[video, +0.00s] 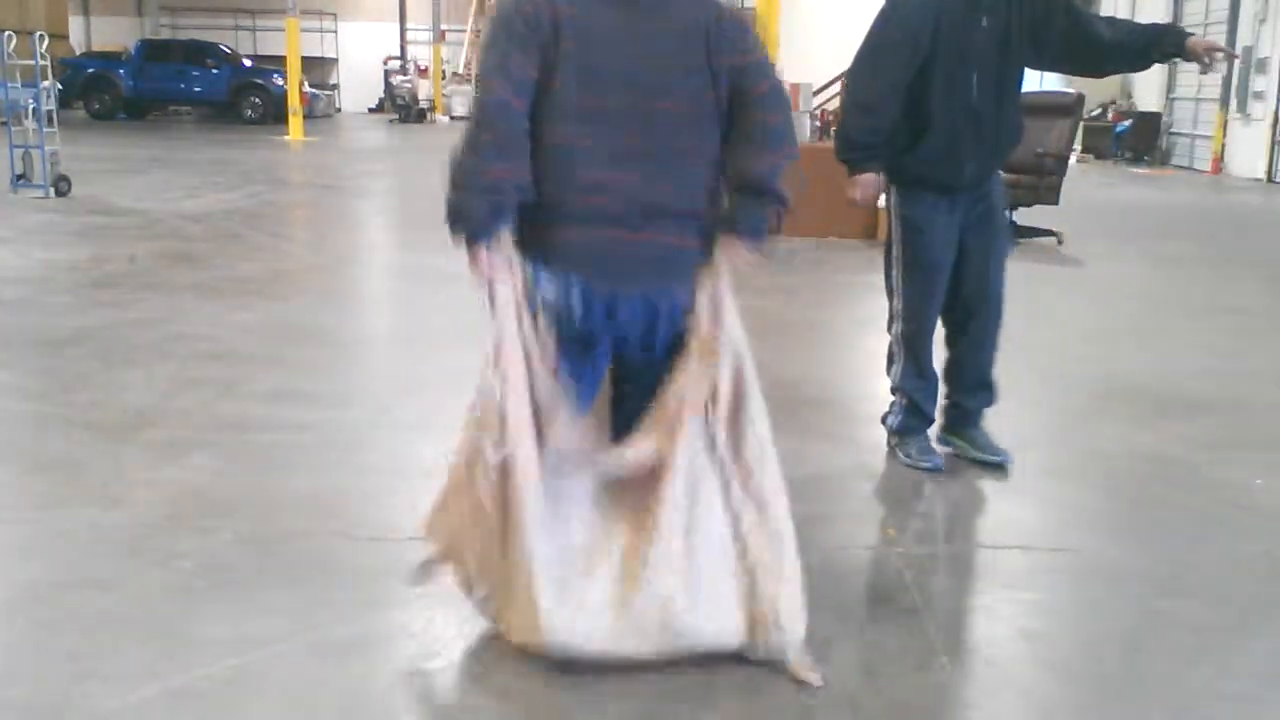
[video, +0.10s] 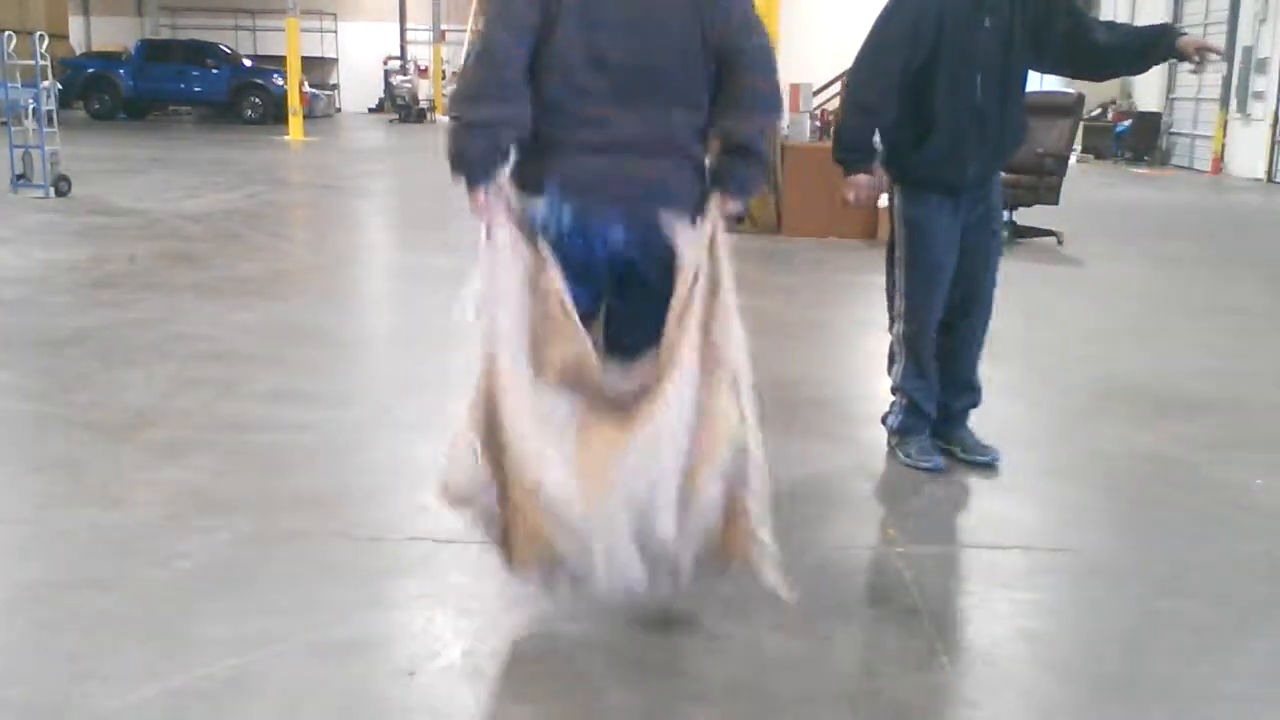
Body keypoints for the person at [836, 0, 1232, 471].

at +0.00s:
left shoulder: (1024, 10)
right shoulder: (922, 8)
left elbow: (1089, 39)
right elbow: (877, 67)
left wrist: (1177, 42)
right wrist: (864, 157)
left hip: (980, 174)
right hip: (921, 174)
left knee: (979, 306)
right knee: (916, 310)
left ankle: (962, 422)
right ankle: (907, 427)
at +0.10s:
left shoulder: (1028, 11)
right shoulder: (924, 8)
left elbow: (1086, 44)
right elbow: (873, 68)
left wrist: (1169, 43)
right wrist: (856, 157)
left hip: (982, 173)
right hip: (923, 171)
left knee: (971, 305)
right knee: (921, 304)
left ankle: (949, 422)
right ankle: (908, 425)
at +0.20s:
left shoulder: (1027, 9)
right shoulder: (925, 9)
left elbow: (1075, 55)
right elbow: (879, 67)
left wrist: (1143, 51)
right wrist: (861, 155)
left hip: (988, 179)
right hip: (929, 176)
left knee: (974, 310)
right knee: (922, 310)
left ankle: (952, 422)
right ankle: (909, 427)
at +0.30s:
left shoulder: (1039, 9)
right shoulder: (933, 8)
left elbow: (1062, 65)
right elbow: (885, 72)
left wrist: (1103, 75)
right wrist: (880, 158)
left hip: (1000, 183)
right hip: (939, 180)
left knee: (995, 308)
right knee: (928, 311)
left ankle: (961, 420)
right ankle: (908, 426)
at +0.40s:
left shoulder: (1047, 14)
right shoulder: (949, 8)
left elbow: (1039, 84)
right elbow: (902, 71)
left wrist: (1075, 98)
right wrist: (909, 162)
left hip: (1011, 187)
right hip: (952, 185)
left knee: (1017, 312)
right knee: (935, 315)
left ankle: (997, 425)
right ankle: (908, 428)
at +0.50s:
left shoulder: (1054, 11)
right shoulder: (973, 8)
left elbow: (1034, 80)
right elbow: (924, 78)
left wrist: (1068, 113)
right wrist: (949, 162)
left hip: (1025, 193)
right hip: (968, 189)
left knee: (1041, 314)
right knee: (941, 316)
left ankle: (1042, 432)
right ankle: (909, 429)